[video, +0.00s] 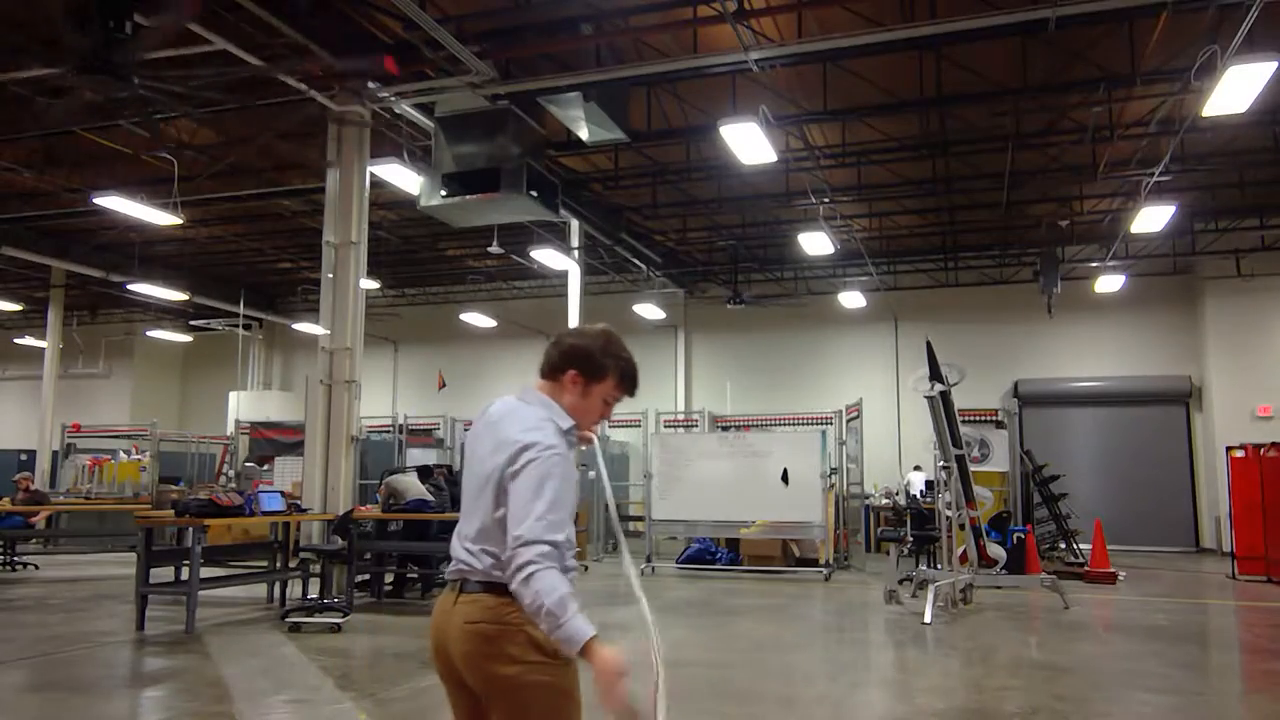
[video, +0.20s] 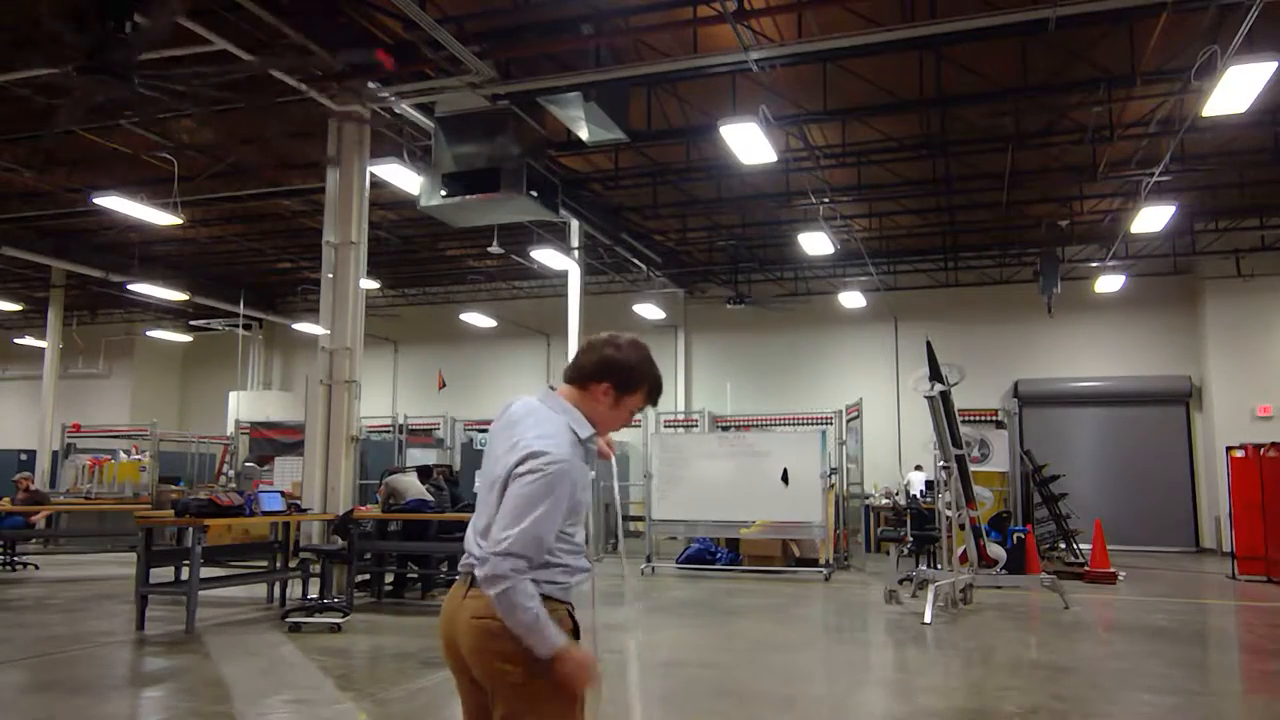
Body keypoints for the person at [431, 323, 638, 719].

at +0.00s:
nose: (607, 416)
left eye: (613, 405)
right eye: (607, 401)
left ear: (568, 379)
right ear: (573, 382)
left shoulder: (495, 415)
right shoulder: (544, 443)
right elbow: (532, 566)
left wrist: (561, 431)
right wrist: (592, 648)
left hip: (453, 608)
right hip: (506, 620)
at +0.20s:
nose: (630, 422)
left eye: (636, 413)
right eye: (633, 410)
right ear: (604, 393)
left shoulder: (519, 410)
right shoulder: (556, 457)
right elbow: (502, 571)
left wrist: (585, 437)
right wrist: (558, 650)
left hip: (463, 605)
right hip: (515, 621)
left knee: (483, 714)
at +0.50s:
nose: (616, 425)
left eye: (621, 416)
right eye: (617, 414)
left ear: (583, 396)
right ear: (587, 398)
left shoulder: (527, 420)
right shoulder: (540, 454)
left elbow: (570, 451)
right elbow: (537, 568)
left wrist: (605, 469)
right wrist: (630, 580)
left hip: (482, 600)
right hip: (516, 615)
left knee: (503, 712)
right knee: (543, 712)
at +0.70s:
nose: (602, 417)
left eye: (606, 407)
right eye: (601, 404)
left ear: (567, 388)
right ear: (569, 388)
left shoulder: (539, 434)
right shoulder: (524, 444)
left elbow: (564, 480)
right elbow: (509, 550)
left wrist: (605, 496)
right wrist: (602, 566)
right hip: (513, 612)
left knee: (513, 712)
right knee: (536, 712)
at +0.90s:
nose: (587, 414)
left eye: (593, 405)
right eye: (583, 400)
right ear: (551, 385)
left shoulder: (539, 437)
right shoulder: (518, 439)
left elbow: (547, 507)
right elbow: (494, 535)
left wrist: (592, 518)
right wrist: (560, 564)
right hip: (506, 610)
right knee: (532, 713)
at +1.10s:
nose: (585, 406)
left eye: (591, 398)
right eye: (578, 392)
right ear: (545, 383)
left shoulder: (540, 437)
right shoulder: (519, 437)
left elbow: (541, 515)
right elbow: (499, 520)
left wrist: (583, 534)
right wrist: (542, 570)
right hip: (506, 605)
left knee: (496, 714)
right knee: (552, 712)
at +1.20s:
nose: (596, 404)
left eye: (599, 396)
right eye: (590, 391)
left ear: (557, 387)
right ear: (556, 384)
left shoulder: (541, 437)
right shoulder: (528, 437)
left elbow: (540, 513)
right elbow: (510, 517)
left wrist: (582, 533)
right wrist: (545, 571)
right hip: (511, 599)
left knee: (495, 713)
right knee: (553, 713)